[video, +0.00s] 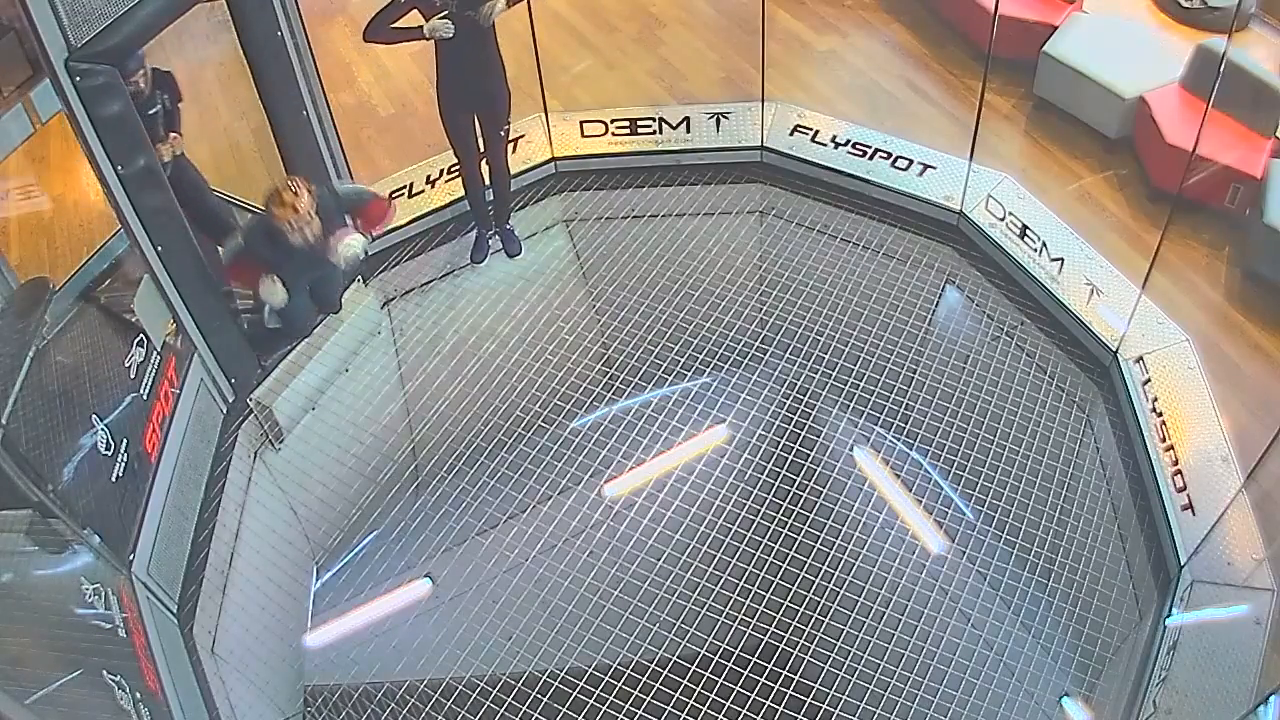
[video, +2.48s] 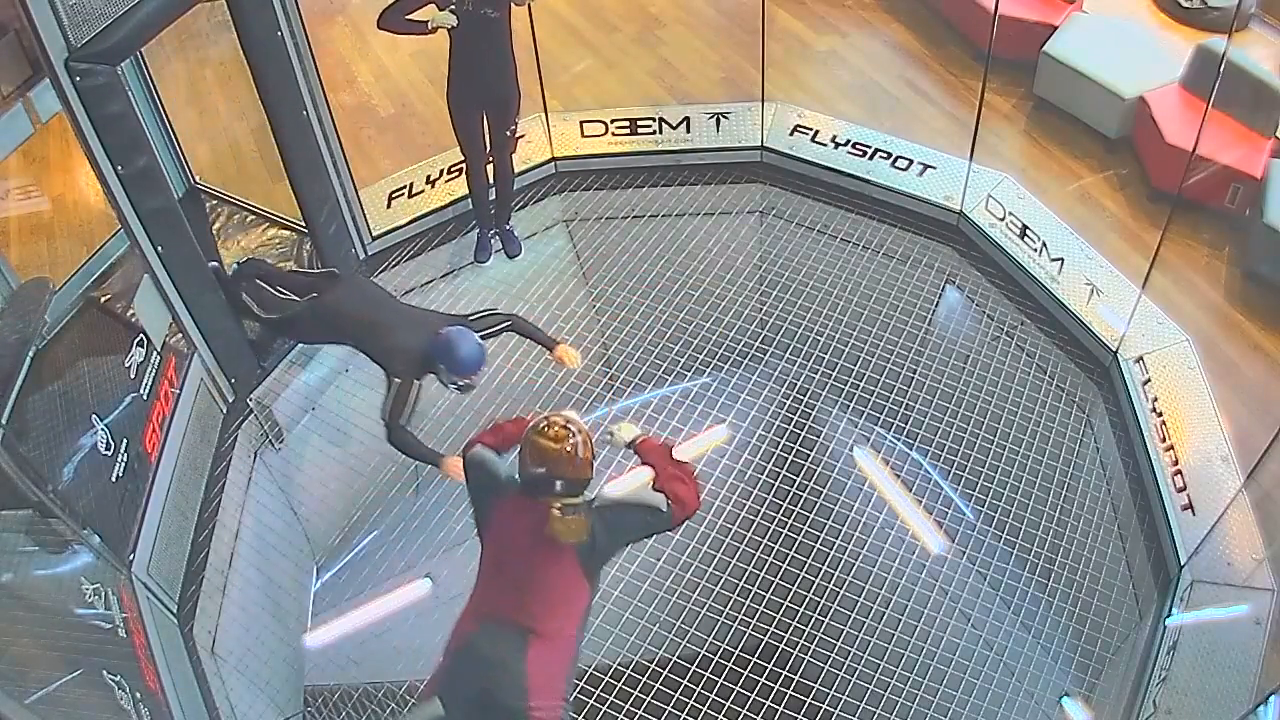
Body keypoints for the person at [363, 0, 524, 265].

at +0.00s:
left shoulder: (486, 1)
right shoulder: (420, 1)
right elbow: (372, 32)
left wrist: (498, 8)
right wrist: (424, 31)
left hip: (491, 80)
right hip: (452, 87)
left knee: (498, 156)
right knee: (468, 160)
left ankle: (504, 225)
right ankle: (483, 229)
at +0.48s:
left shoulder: (500, 0)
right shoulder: (436, 1)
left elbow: (511, 11)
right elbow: (382, 20)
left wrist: (517, 6)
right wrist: (430, 26)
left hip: (500, 79)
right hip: (461, 84)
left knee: (502, 154)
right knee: (474, 159)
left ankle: (504, 225)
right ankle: (485, 230)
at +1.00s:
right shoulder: (445, 0)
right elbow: (393, 16)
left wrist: (525, 6)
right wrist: (437, 24)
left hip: (508, 79)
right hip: (468, 82)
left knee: (506, 155)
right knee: (477, 158)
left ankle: (505, 224)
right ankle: (484, 229)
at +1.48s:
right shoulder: (449, 0)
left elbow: (528, 7)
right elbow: (398, 15)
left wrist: (532, 5)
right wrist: (436, 25)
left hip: (510, 80)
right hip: (471, 82)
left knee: (507, 155)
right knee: (478, 158)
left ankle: (505, 224)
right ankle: (485, 229)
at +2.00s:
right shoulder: (442, 1)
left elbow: (519, 8)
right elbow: (390, 18)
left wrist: (521, 6)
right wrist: (430, 26)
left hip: (505, 79)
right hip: (466, 82)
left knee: (505, 154)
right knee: (476, 158)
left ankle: (504, 225)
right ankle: (484, 229)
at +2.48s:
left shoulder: (507, 1)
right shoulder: (439, 2)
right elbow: (387, 20)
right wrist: (428, 25)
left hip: (502, 81)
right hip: (463, 85)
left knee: (503, 155)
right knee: (475, 160)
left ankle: (504, 225)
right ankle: (484, 229)